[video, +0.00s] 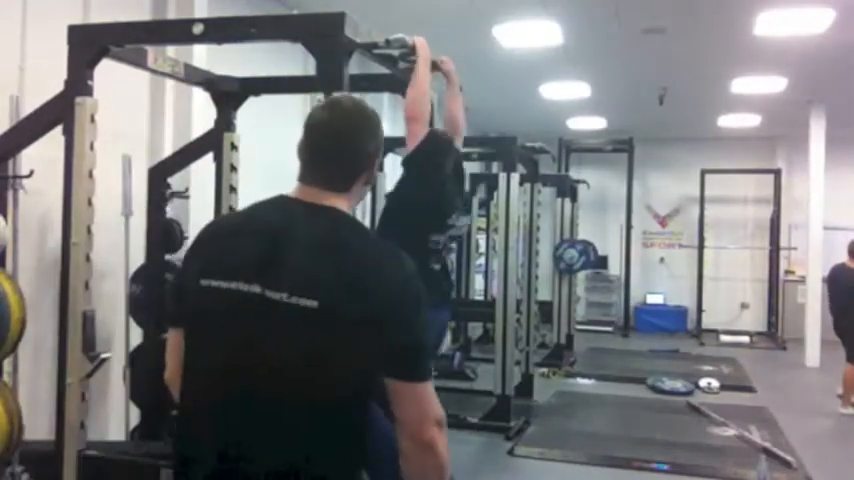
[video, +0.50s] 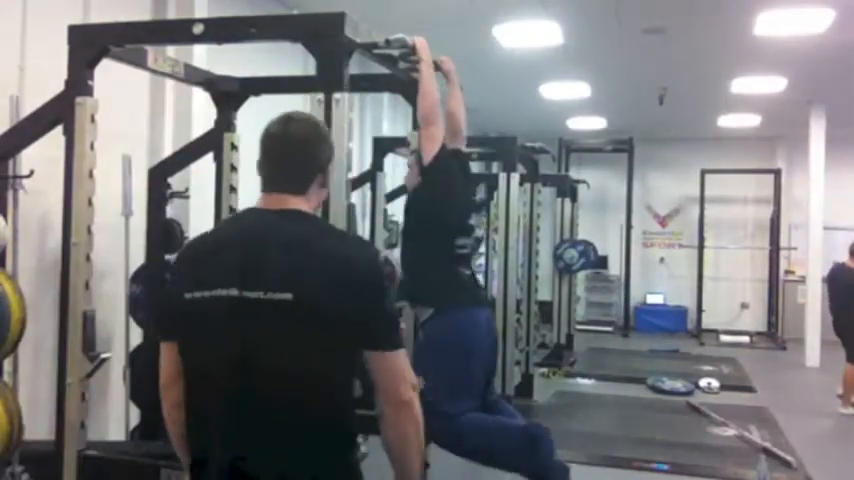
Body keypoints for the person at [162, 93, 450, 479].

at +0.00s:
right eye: (380, 163)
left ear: (300, 152)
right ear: (372, 169)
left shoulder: (217, 238)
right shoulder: (386, 272)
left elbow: (176, 376)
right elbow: (423, 430)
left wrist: (221, 438)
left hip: (215, 462)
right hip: (329, 465)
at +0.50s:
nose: (332, 179)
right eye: (331, 170)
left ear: (262, 170)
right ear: (323, 176)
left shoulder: (195, 257)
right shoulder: (355, 260)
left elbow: (171, 388)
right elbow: (399, 397)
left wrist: (192, 464)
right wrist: (410, 473)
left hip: (221, 466)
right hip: (322, 466)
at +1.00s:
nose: (314, 179)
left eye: (313, 169)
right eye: (314, 171)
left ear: (243, 169)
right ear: (303, 177)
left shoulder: (177, 261)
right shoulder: (331, 258)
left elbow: (171, 385)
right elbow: (372, 389)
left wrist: (205, 446)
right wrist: (355, 446)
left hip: (221, 463)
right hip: (315, 463)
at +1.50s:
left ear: (317, 172)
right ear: (377, 183)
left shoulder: (258, 253)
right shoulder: (405, 266)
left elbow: (232, 377)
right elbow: (442, 398)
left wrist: (253, 450)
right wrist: (451, 471)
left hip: (283, 461)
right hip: (376, 463)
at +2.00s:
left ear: (383, 164)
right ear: (448, 181)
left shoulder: (321, 243)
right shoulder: (469, 266)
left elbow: (282, 359)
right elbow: (498, 401)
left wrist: (315, 417)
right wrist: (491, 472)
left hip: (323, 452)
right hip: (417, 460)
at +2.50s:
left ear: (413, 260)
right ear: (465, 275)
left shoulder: (335, 297)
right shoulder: (473, 322)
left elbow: (266, 412)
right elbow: (503, 455)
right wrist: (462, 477)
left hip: (292, 464)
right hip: (400, 467)